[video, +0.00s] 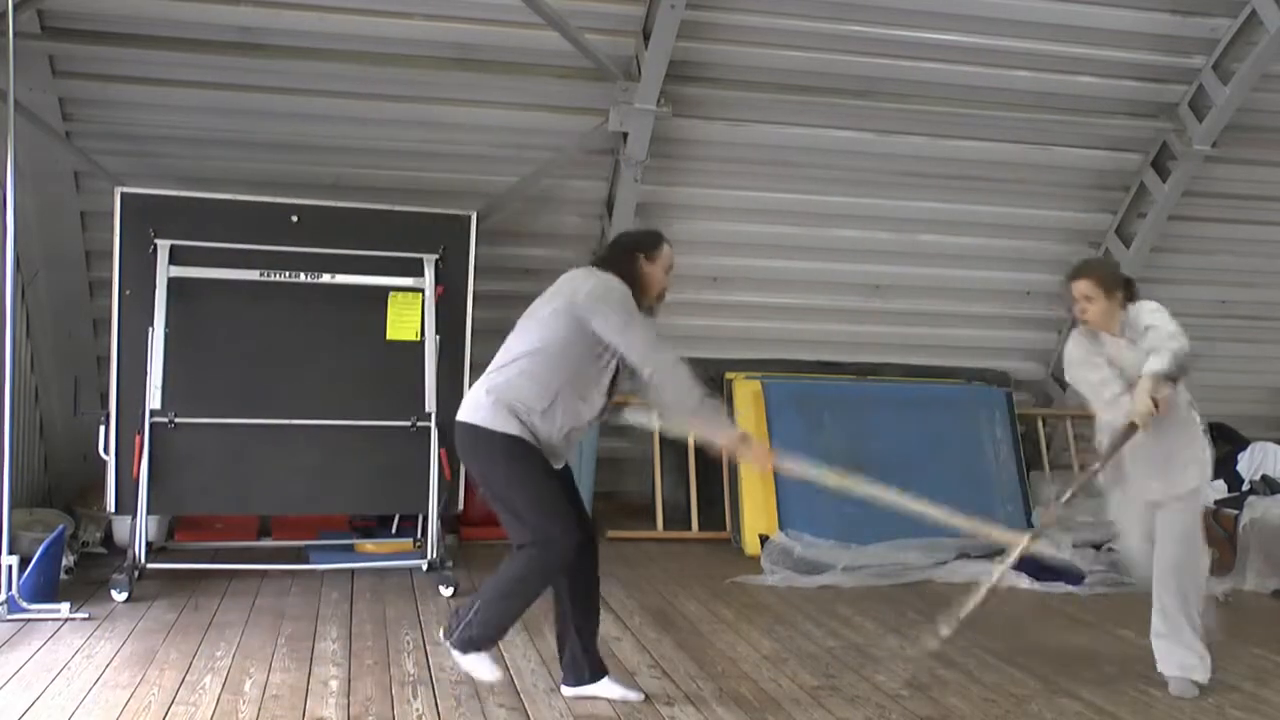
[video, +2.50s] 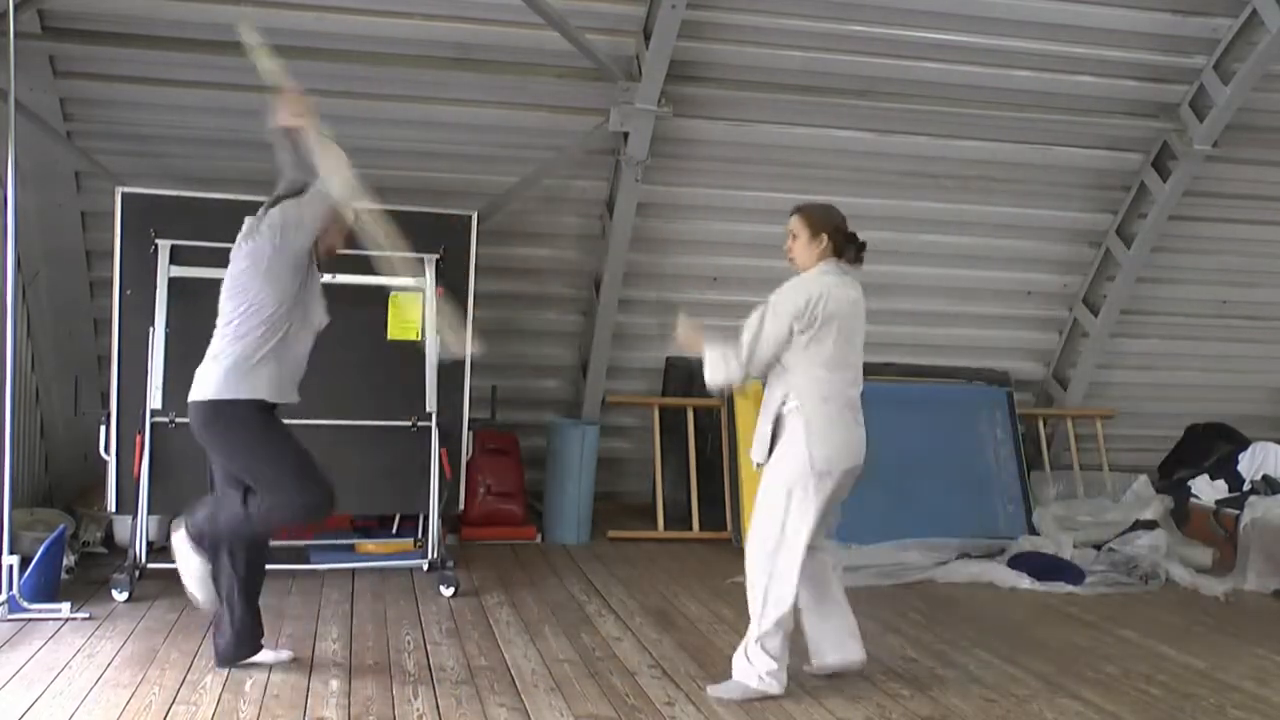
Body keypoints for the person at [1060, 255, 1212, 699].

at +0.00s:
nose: (1079, 310)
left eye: (1087, 300)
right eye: (1074, 302)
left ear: (1115, 297)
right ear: (1072, 307)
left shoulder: (1147, 314)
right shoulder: (1078, 350)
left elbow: (1173, 343)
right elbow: (1104, 399)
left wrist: (1148, 379)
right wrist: (1130, 406)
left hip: (1178, 458)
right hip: (1127, 467)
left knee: (1174, 562)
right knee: (1139, 559)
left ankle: (1181, 663)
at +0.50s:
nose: (1113, 275)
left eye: (1123, 266)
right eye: (1111, 267)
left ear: (1150, 272)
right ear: (1111, 274)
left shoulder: (1162, 323)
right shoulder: (1108, 316)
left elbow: (1126, 394)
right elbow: (1074, 354)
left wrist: (1064, 386)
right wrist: (1047, 378)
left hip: (1176, 459)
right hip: (1128, 458)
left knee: (1170, 564)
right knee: (1098, 548)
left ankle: (1195, 670)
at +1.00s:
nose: (1041, 260)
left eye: (1048, 253)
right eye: (1042, 252)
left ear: (1073, 255)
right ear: (1080, 257)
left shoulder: (1053, 295)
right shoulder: (1100, 296)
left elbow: (991, 292)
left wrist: (1009, 254)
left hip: (1068, 429)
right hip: (1090, 426)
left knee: (1059, 540)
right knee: (1056, 534)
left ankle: (1077, 658)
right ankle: (1044, 633)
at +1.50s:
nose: (974, 261)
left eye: (980, 253)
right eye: (972, 254)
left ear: (1004, 255)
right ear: (982, 257)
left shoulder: (1028, 294)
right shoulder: (976, 305)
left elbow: (969, 267)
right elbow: (927, 330)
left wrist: (917, 266)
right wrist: (907, 287)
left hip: (1013, 443)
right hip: (975, 441)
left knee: (976, 546)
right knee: (983, 541)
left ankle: (983, 663)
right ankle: (1040, 622)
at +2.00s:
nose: (858, 256)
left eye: (868, 247)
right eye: (855, 247)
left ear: (895, 252)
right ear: (851, 253)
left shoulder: (910, 294)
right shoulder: (849, 293)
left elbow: (922, 247)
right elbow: (846, 222)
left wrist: (928, 195)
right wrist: (886, 181)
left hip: (897, 446)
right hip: (848, 445)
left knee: (870, 549)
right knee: (832, 553)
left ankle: (938, 633)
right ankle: (852, 657)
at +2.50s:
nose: (787, 246)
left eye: (794, 237)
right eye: (788, 237)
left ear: (822, 241)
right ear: (828, 243)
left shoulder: (803, 292)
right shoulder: (851, 290)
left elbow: (748, 353)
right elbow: (802, 353)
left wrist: (702, 344)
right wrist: (730, 348)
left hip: (806, 442)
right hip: (845, 439)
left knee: (769, 549)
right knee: (811, 542)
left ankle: (760, 672)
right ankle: (838, 651)